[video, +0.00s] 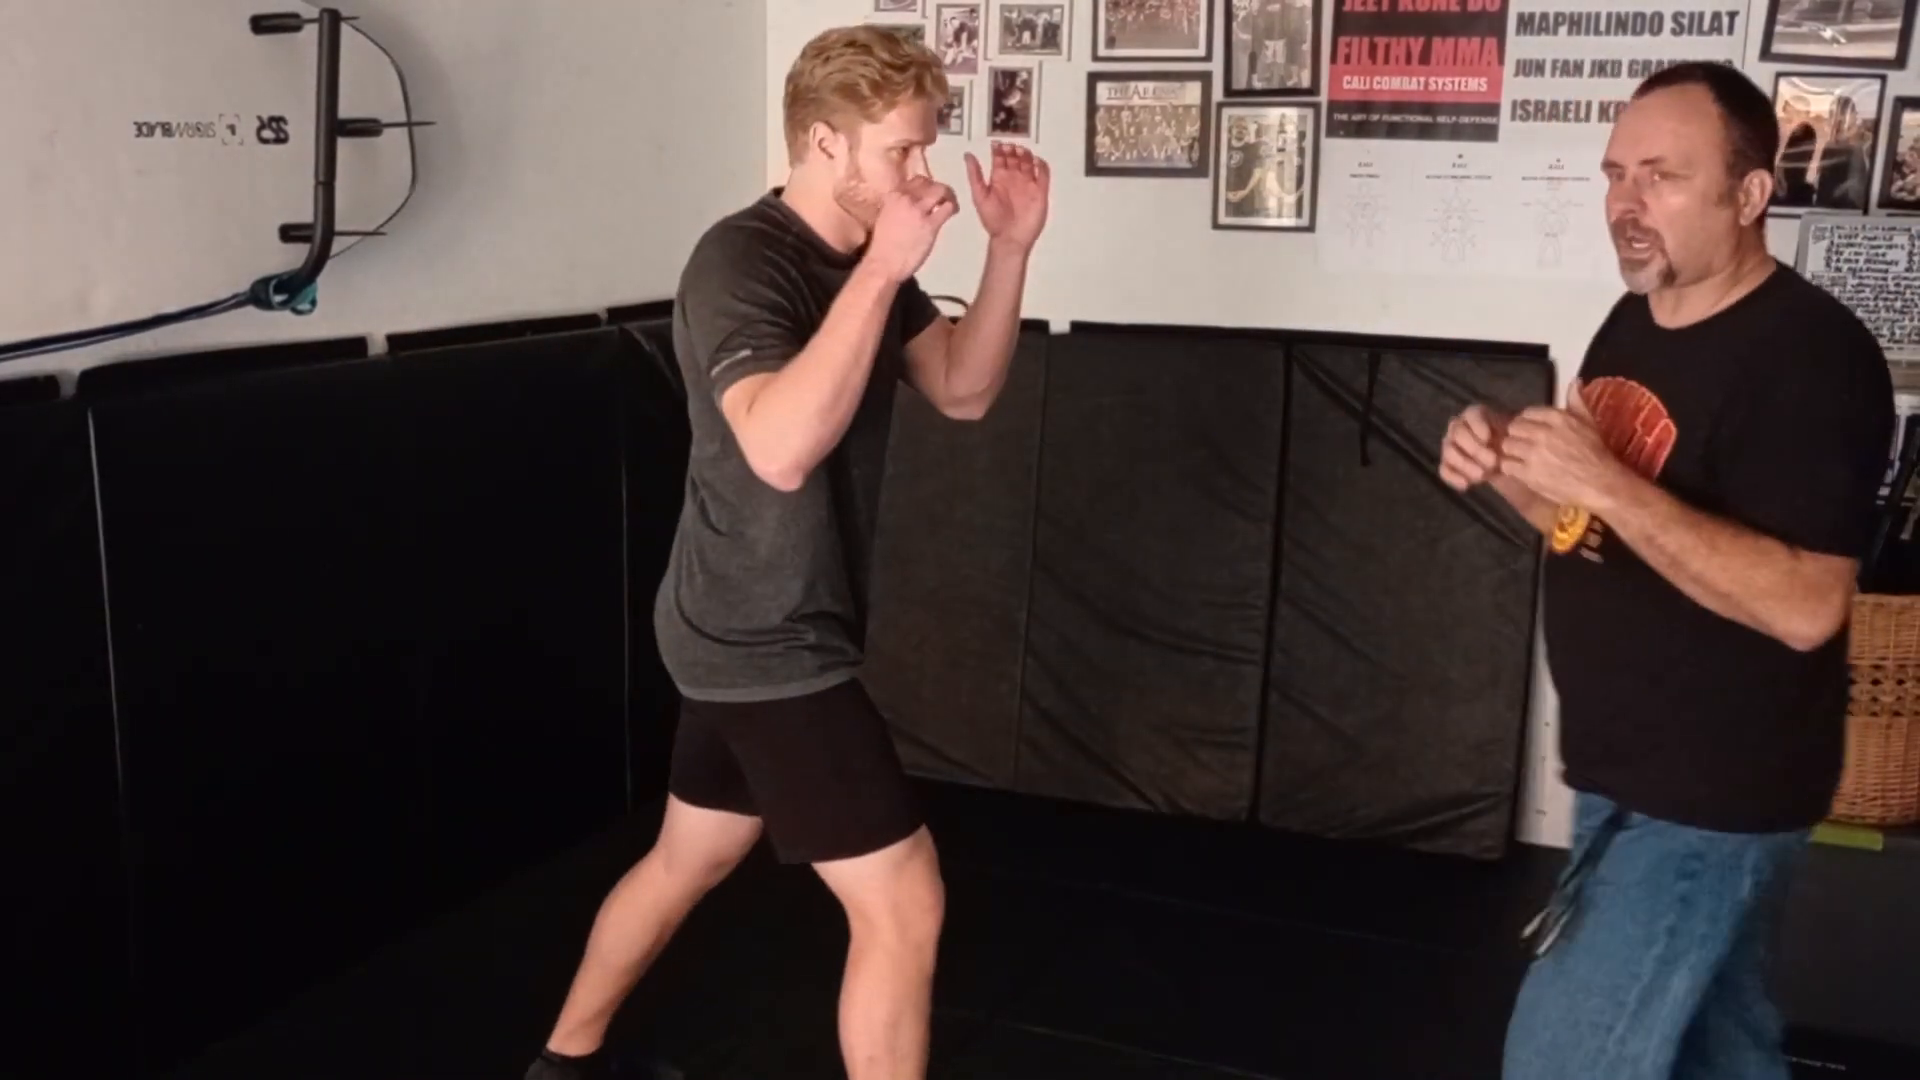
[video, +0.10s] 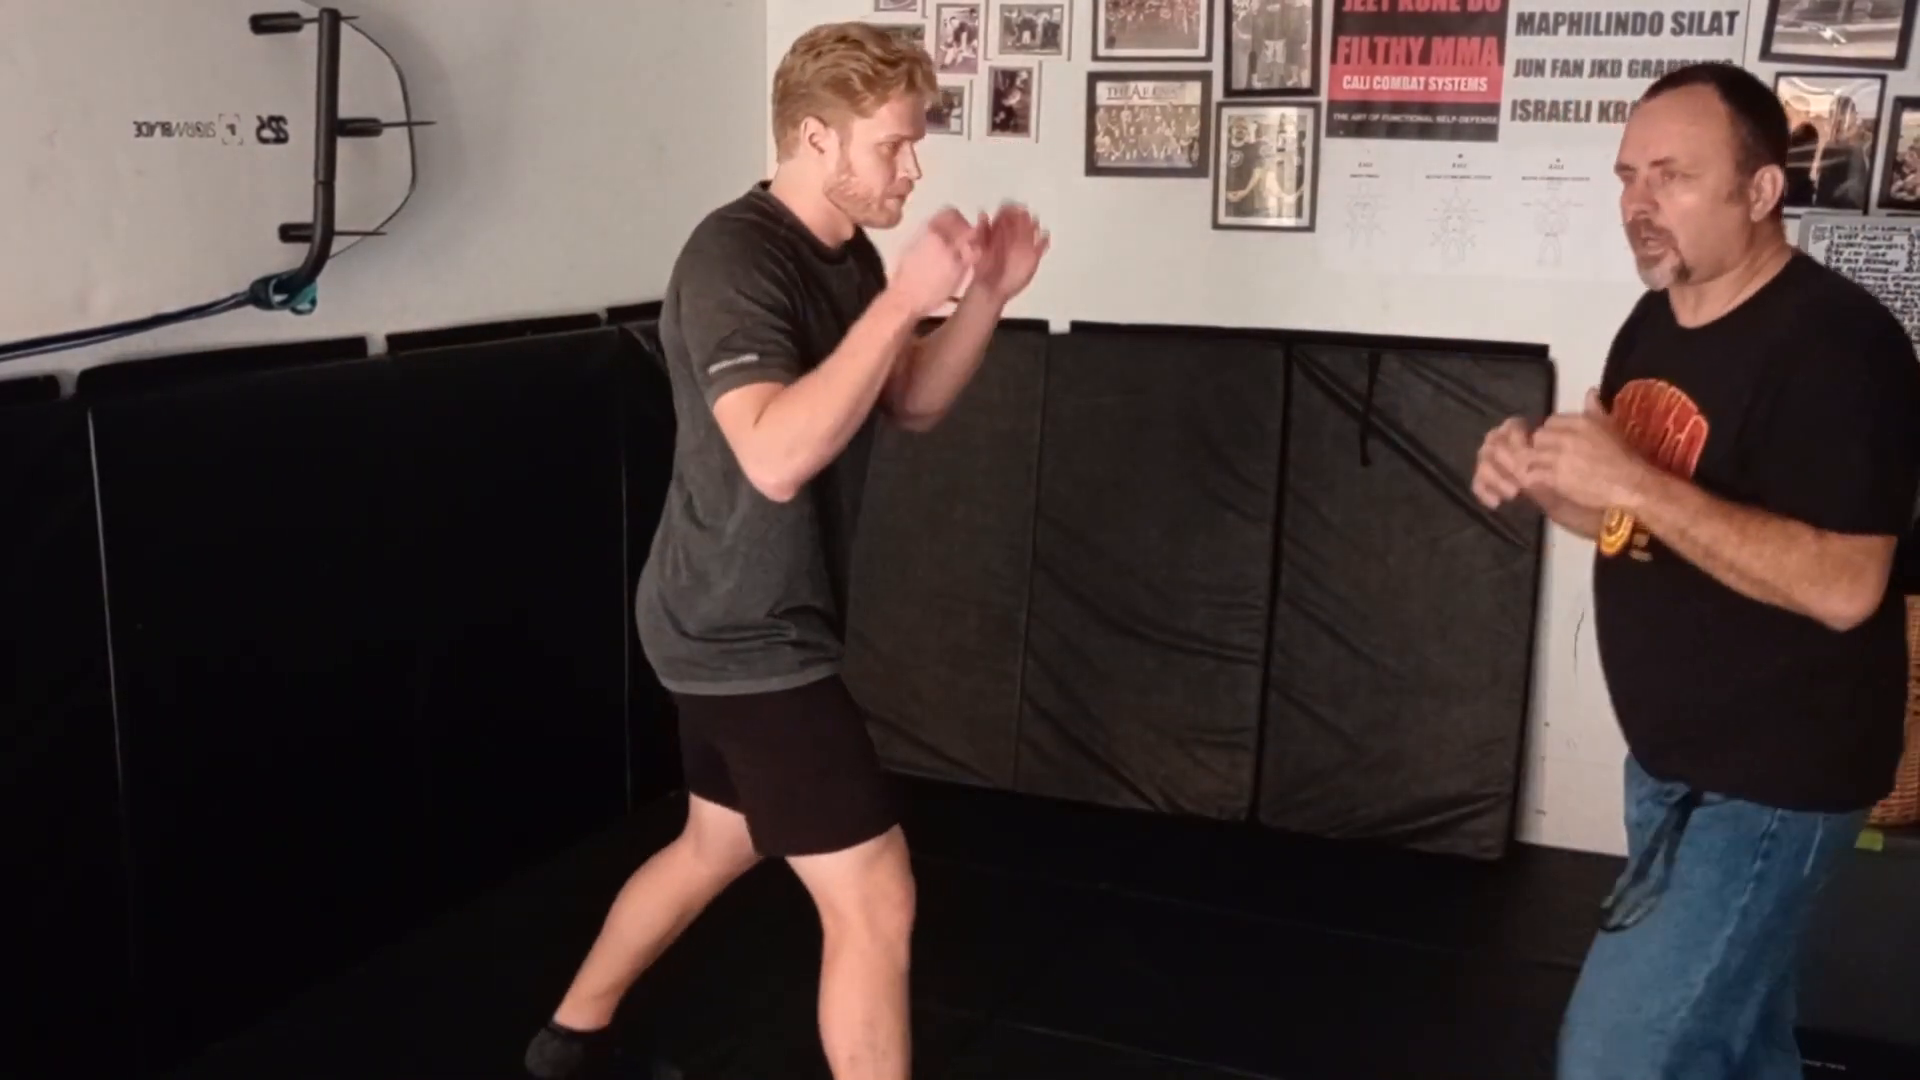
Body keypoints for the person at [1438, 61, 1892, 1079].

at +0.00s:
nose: (1623, 206)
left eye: (1660, 178)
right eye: (1616, 175)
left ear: (1751, 196)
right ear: (1605, 179)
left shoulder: (1825, 354)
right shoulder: (1631, 324)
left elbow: (1809, 605)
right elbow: (1601, 531)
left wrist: (1602, 481)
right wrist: (1508, 470)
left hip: (1717, 807)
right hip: (1614, 782)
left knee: (1561, 1057)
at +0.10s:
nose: (1636, 206)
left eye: (1671, 176)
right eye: (1629, 176)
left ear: (1763, 190)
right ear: (1619, 183)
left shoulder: (1852, 342)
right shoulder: (1655, 323)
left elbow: (1846, 586)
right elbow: (1630, 522)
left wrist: (1632, 479)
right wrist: (1540, 472)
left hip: (1783, 783)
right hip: (1664, 760)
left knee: (1614, 1050)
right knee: (1744, 1048)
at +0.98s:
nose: (1621, 238)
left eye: (1643, 212)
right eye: (1621, 210)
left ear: (1741, 209)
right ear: (1725, 211)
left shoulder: (1884, 342)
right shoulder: (1679, 311)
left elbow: (1850, 592)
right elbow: (1589, 479)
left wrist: (1638, 473)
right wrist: (1536, 403)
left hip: (1818, 824)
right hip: (1649, 780)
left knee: (1807, 1064)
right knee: (1602, 1053)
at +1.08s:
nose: (1594, 248)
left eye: (1616, 223)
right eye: (1591, 219)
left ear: (1713, 219)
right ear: (1698, 220)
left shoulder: (1865, 346)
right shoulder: (1634, 319)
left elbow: (1852, 595)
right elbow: (1557, 484)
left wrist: (1644, 490)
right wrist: (1488, 440)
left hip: (1759, 822)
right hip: (1613, 778)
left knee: (1697, 1062)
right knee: (1580, 1049)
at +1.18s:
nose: (1590, 258)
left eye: (1611, 232)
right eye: (1587, 229)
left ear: (1711, 227)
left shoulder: (1866, 362)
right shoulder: (1628, 327)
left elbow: (1859, 611)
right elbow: (1568, 484)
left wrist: (1642, 513)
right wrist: (1448, 520)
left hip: (1733, 823)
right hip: (1569, 763)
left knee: (1628, 1058)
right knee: (1486, 1001)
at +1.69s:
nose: (1553, 255)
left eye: (1583, 235)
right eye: (1546, 228)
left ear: (1679, 241)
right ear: (1546, 216)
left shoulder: (1763, 396)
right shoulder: (1547, 310)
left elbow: (1613, 601)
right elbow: (1459, 448)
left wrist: (1573, 386)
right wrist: (1351, 519)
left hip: (1496, 782)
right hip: (1369, 627)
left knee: (1441, 1046)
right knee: (1126, 700)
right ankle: (881, 786)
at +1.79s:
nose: (1545, 282)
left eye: (1574, 257)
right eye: (1536, 255)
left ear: (1672, 256)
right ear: (1535, 240)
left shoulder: (1746, 409)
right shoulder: (1518, 325)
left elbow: (1628, 628)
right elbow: (1421, 462)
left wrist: (1563, 429)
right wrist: (1294, 546)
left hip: (1474, 783)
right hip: (1337, 633)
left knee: (1433, 1050)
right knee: (1099, 707)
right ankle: (866, 791)